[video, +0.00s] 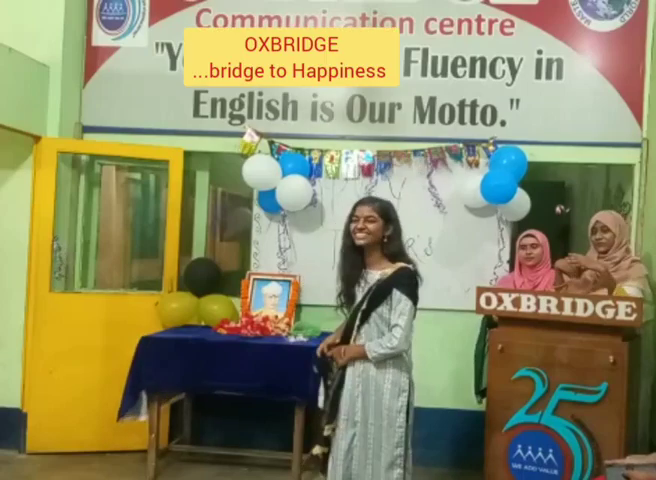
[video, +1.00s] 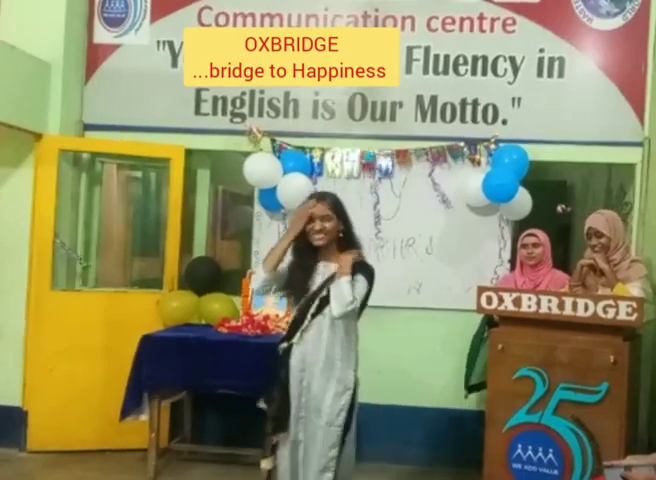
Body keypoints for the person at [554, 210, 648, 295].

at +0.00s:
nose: (598, 237)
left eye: (605, 231)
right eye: (594, 231)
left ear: (619, 233)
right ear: (589, 236)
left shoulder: (634, 268)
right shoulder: (580, 264)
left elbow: (625, 302)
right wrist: (557, 269)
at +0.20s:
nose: (595, 237)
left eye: (602, 231)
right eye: (591, 232)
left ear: (616, 233)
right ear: (587, 237)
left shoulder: (632, 267)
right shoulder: (581, 265)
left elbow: (637, 303)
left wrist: (610, 285)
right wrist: (566, 277)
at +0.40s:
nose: (591, 240)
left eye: (598, 234)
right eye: (588, 235)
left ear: (613, 235)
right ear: (584, 238)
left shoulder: (632, 267)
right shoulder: (583, 267)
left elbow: (633, 304)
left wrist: (604, 270)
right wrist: (574, 274)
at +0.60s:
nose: (591, 243)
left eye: (598, 236)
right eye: (588, 237)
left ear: (613, 236)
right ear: (585, 238)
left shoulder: (633, 267)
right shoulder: (583, 268)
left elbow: (634, 305)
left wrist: (605, 270)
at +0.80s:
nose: (594, 243)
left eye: (600, 236)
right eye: (590, 237)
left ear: (616, 237)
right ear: (587, 239)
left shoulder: (635, 268)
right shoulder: (586, 268)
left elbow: (634, 305)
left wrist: (606, 270)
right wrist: (578, 278)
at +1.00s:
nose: (593, 243)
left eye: (599, 236)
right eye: (589, 237)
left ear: (614, 236)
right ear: (586, 239)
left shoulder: (633, 267)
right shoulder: (585, 268)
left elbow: (636, 303)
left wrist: (606, 269)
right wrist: (577, 275)